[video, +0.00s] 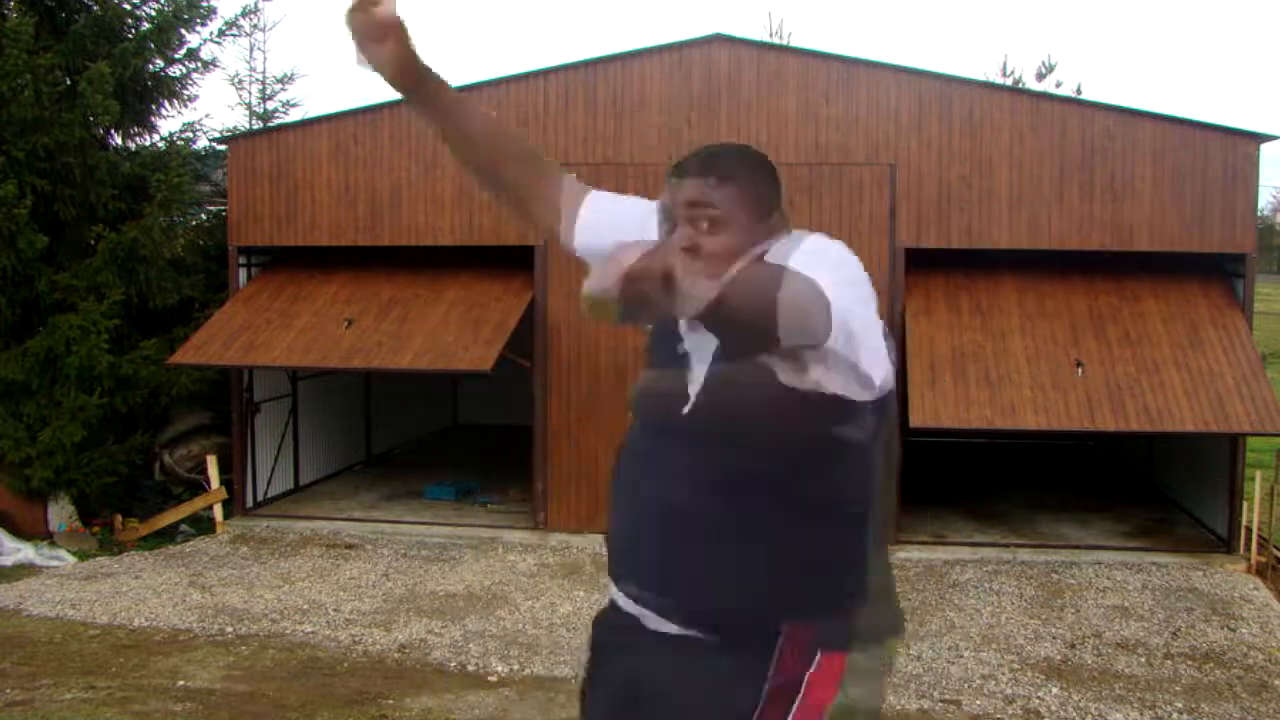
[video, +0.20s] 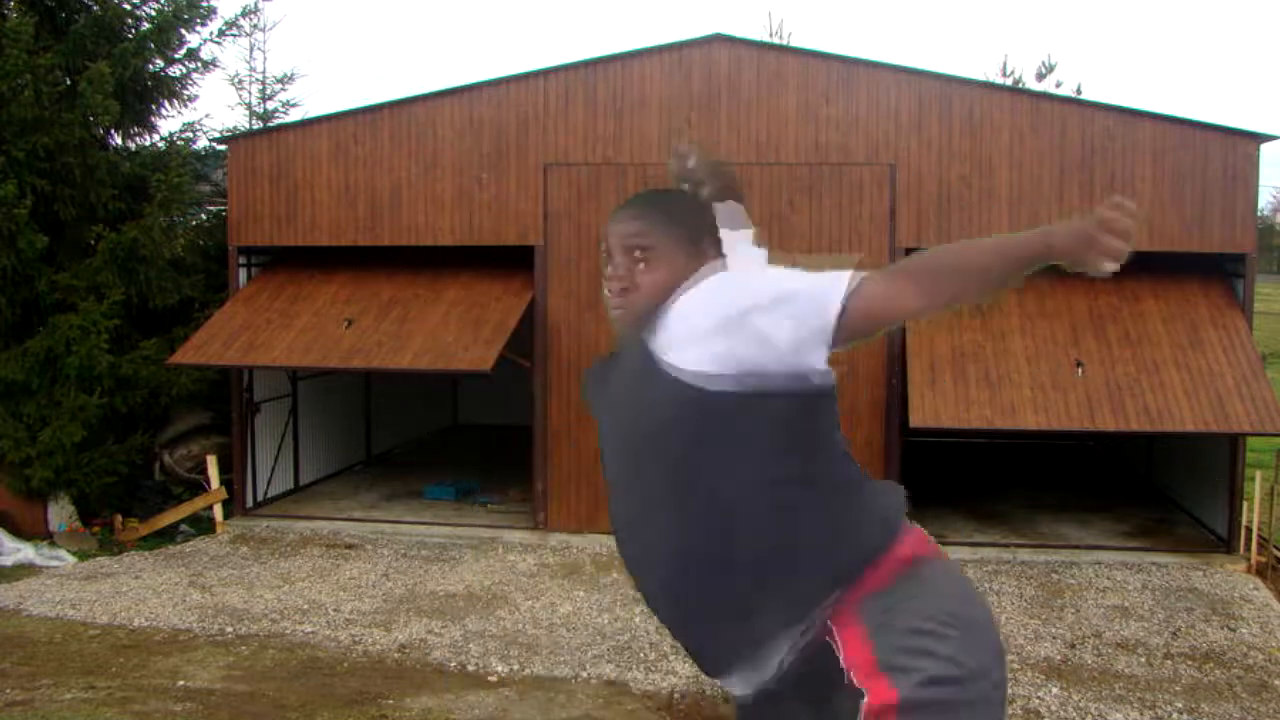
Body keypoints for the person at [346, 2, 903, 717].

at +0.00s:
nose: (681, 244)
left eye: (705, 222)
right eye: (670, 223)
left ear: (768, 228)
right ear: (660, 222)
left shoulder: (823, 268)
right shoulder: (664, 256)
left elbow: (803, 315)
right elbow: (541, 190)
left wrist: (694, 291)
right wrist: (412, 78)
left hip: (769, 653)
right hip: (641, 627)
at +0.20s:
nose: (615, 272)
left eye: (640, 255)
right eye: (609, 255)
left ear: (700, 262)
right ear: (603, 264)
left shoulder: (718, 309)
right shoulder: (640, 355)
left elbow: (897, 291)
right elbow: (747, 282)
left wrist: (1049, 243)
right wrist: (725, 211)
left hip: (879, 626)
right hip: (778, 676)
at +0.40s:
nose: (629, 315)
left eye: (653, 296)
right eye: (624, 302)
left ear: (721, 302)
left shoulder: (754, 347)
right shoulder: (655, 405)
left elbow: (867, 341)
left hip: (908, 684)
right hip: (772, 697)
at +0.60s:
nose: (604, 325)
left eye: (622, 303)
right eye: (598, 310)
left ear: (691, 298)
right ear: (601, 320)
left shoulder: (738, 331)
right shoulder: (644, 362)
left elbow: (837, 310)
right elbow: (549, 287)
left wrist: (947, 251)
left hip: (843, 672)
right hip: (701, 680)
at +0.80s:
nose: (576, 299)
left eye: (603, 284)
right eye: (573, 286)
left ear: (668, 302)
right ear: (569, 305)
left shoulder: (701, 353)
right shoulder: (570, 408)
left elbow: (886, 320)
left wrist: (1067, 262)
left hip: (816, 654)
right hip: (692, 698)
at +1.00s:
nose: (597, 285)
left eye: (623, 270)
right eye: (589, 270)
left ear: (678, 288)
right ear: (581, 285)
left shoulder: (719, 369)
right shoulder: (582, 383)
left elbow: (855, 522)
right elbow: (540, 446)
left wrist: (970, 661)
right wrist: (486, 365)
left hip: (804, 676)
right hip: (661, 684)